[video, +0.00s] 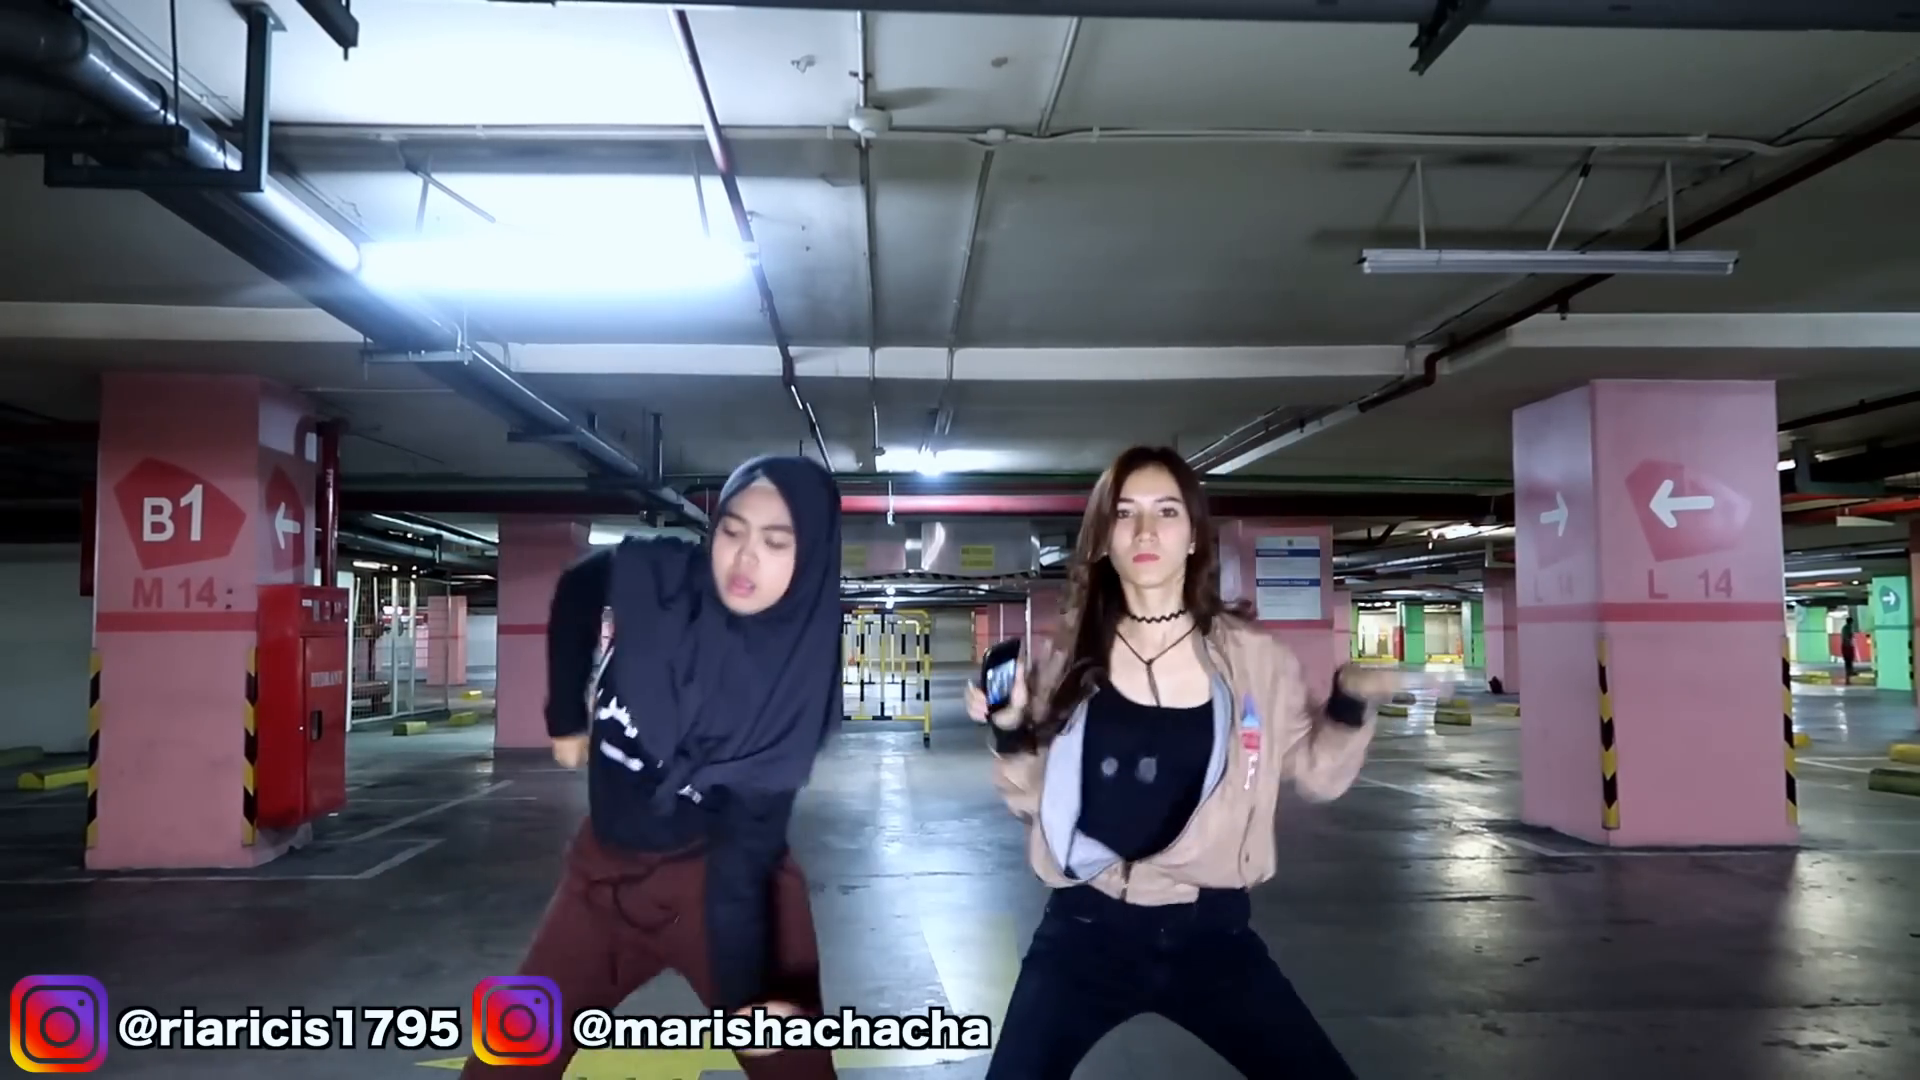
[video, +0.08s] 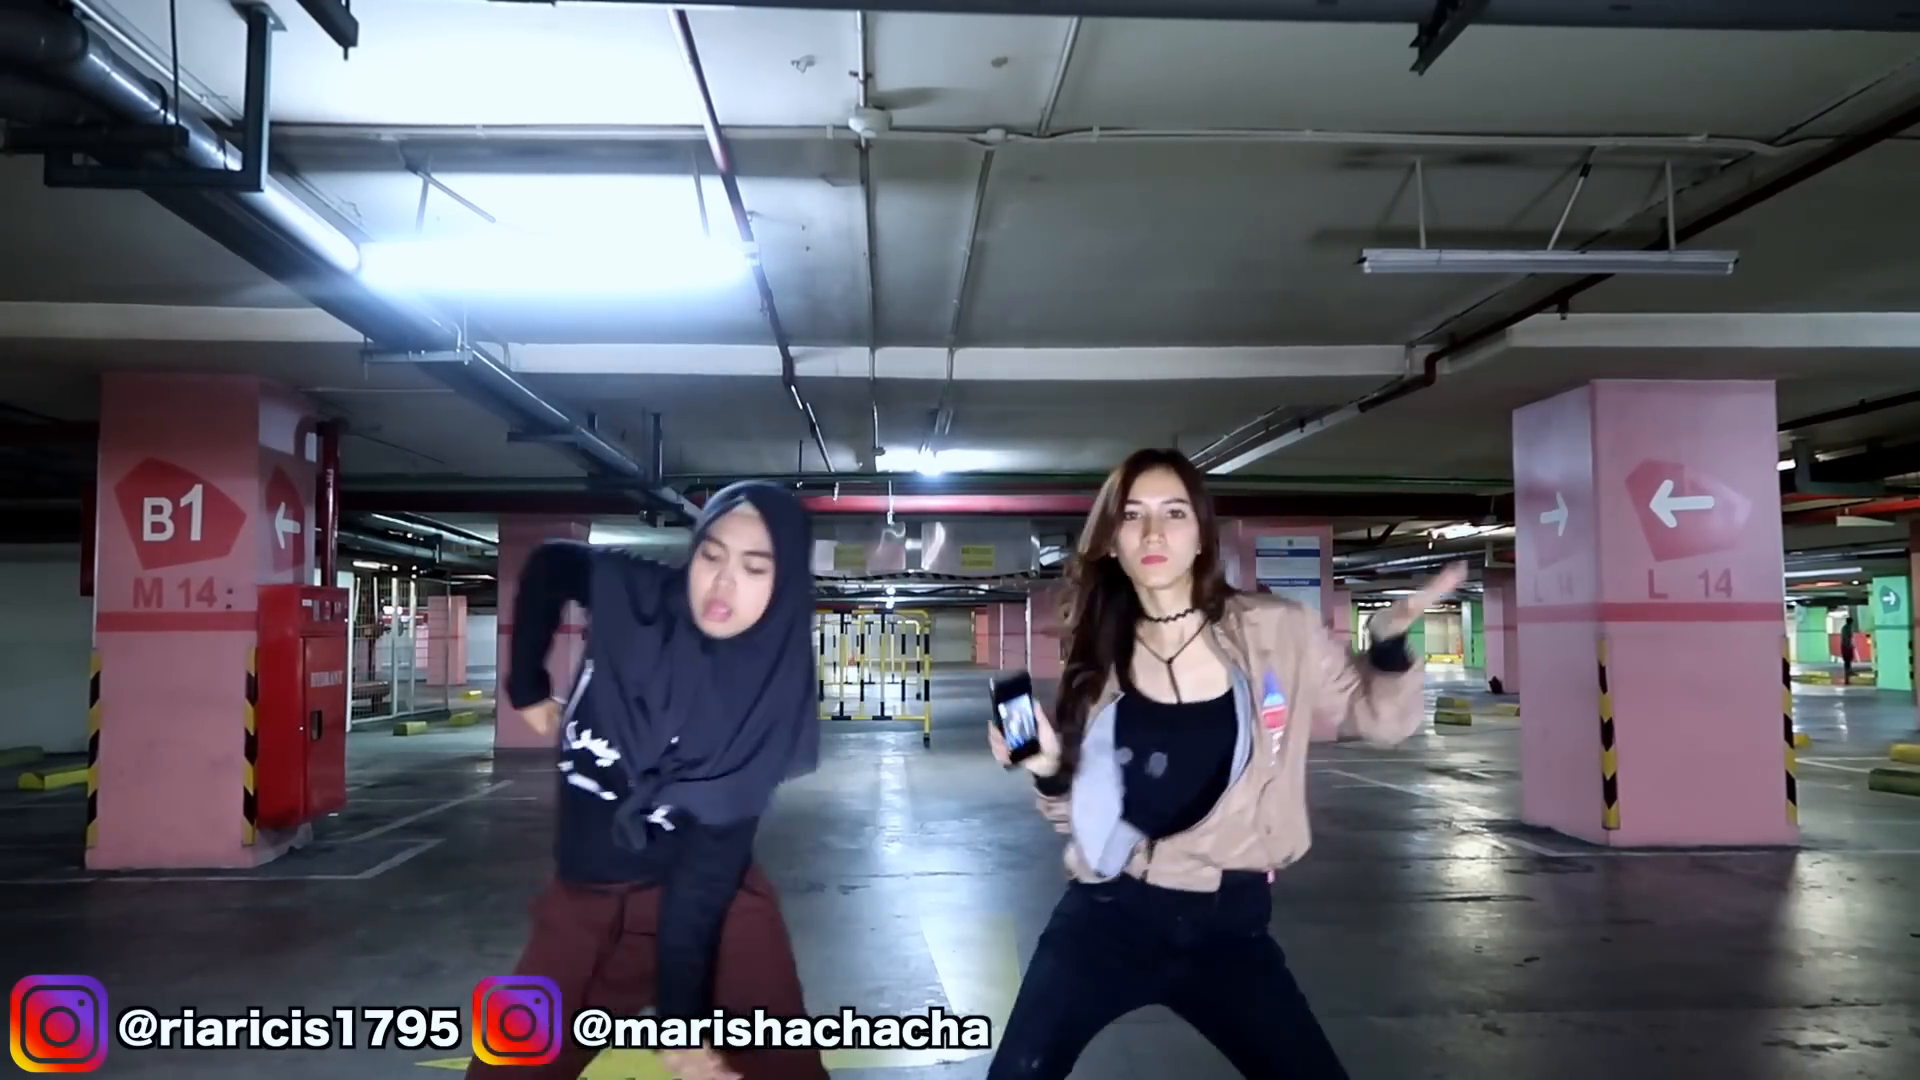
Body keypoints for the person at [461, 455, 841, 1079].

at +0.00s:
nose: (745, 559)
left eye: (775, 542)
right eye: (733, 532)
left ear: (810, 558)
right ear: (713, 531)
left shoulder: (796, 676)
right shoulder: (662, 570)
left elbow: (749, 844)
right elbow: (580, 586)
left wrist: (746, 1002)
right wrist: (565, 718)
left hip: (725, 875)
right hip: (606, 866)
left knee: (792, 1064)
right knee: (506, 1055)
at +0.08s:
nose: (723, 584)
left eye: (755, 567)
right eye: (712, 556)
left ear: (786, 585)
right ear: (692, 553)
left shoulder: (769, 698)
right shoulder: (637, 591)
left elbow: (708, 866)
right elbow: (551, 562)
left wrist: (684, 1032)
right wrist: (526, 687)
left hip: (713, 901)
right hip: (586, 900)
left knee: (788, 1069)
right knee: (503, 1066)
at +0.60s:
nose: (585, 573)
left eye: (606, 546)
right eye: (559, 551)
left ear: (635, 549)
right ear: (537, 561)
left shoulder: (691, 597)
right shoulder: (530, 693)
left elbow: (806, 642)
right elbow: (554, 883)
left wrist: (731, 751)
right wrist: (537, 1027)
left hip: (670, 874)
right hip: (546, 875)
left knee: (769, 1064)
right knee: (457, 1062)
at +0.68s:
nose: (628, 582)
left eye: (646, 555)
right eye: (602, 561)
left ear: (674, 559)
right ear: (579, 574)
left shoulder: (730, 610)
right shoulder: (574, 691)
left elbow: (844, 639)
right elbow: (608, 850)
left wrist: (794, 704)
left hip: (696, 888)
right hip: (584, 876)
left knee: (778, 1066)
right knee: (495, 1058)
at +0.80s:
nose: (694, 566)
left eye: (716, 540)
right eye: (672, 544)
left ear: (747, 544)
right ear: (650, 553)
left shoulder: (786, 619)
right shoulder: (622, 648)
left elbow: (838, 737)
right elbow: (610, 798)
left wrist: (814, 737)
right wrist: (660, 943)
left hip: (712, 854)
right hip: (603, 839)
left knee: (769, 1055)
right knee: (496, 1023)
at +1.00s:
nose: (766, 582)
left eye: (793, 566)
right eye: (752, 556)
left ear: (818, 583)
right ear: (727, 557)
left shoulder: (797, 697)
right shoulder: (657, 600)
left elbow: (720, 847)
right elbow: (554, 663)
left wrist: (653, 994)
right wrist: (625, 770)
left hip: (695, 858)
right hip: (608, 829)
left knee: (759, 1059)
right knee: (560, 808)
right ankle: (607, 977)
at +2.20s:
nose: (775, 564)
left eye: (784, 544)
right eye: (754, 542)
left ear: (792, 549)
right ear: (704, 542)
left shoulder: (766, 663)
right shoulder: (624, 577)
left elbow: (707, 798)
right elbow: (535, 592)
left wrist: (685, 939)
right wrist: (495, 695)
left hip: (658, 840)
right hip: (552, 813)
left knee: (679, 1058)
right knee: (650, 866)